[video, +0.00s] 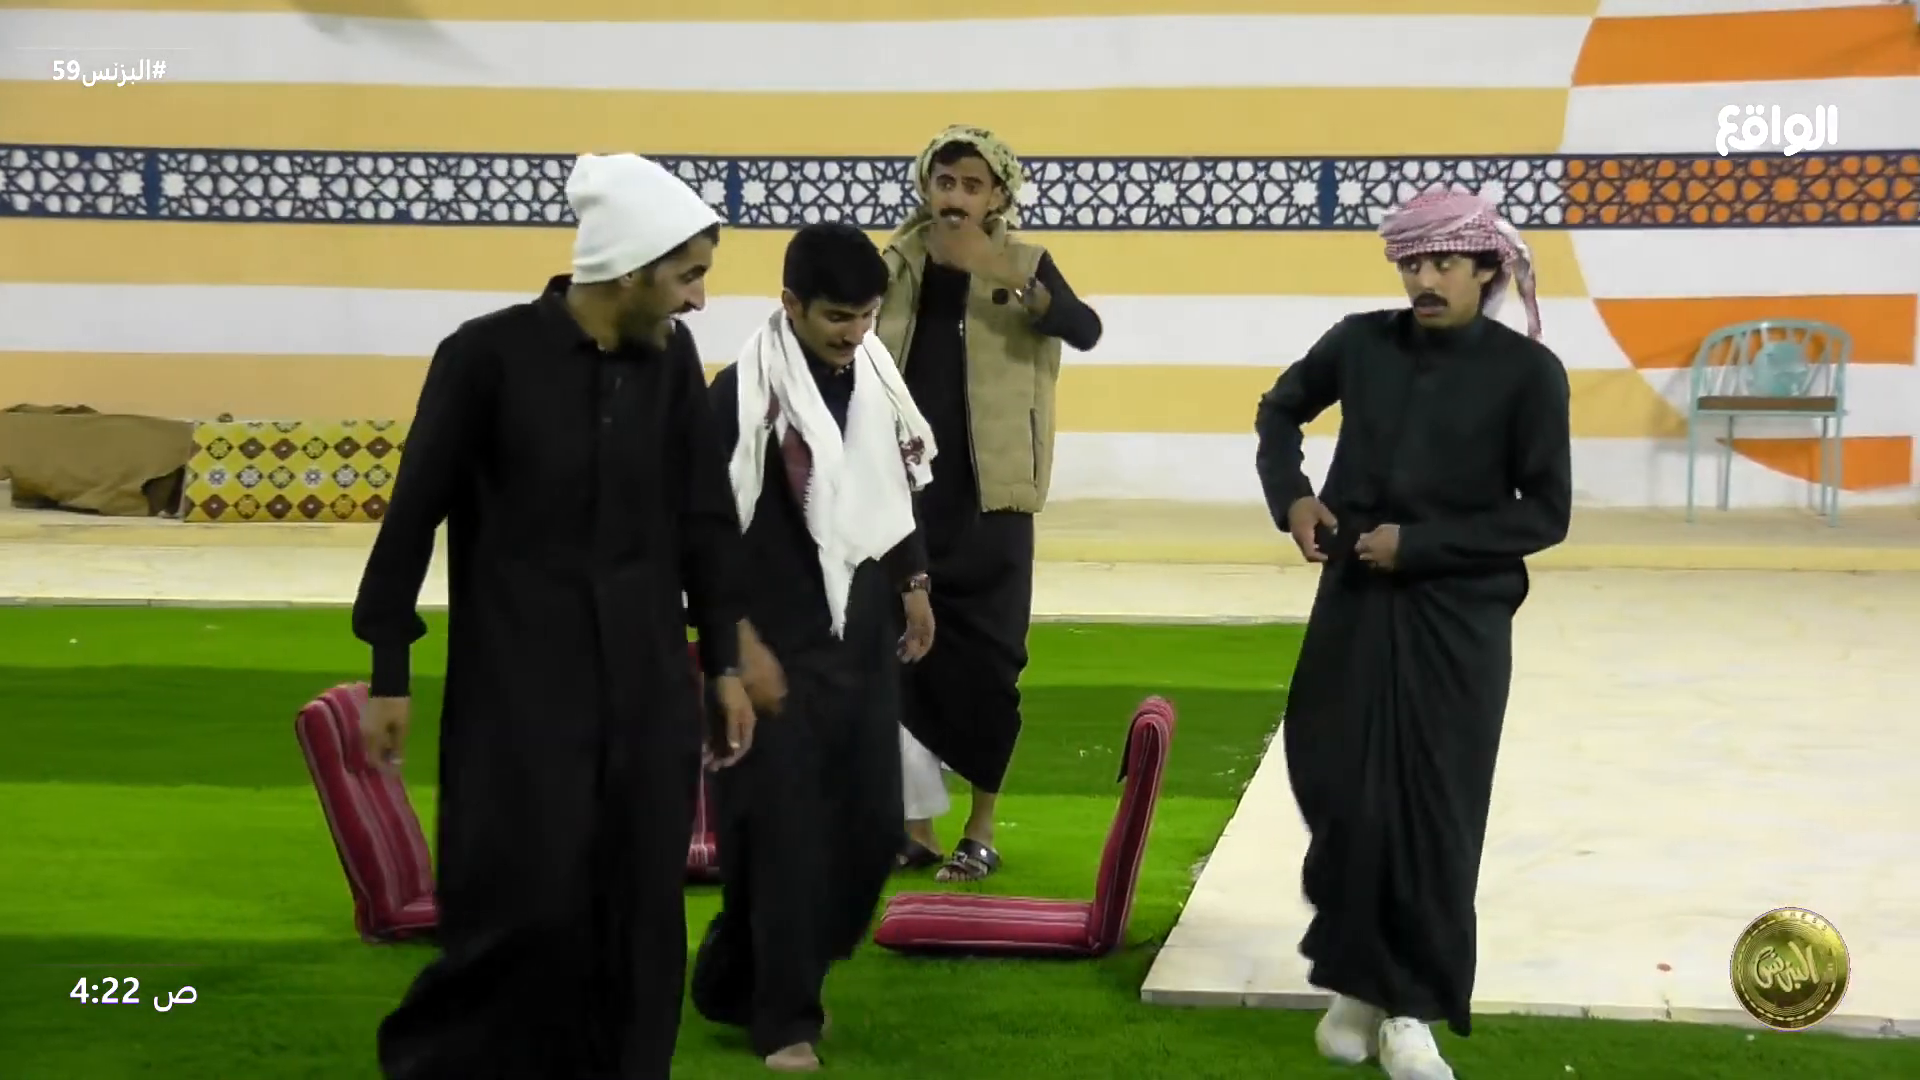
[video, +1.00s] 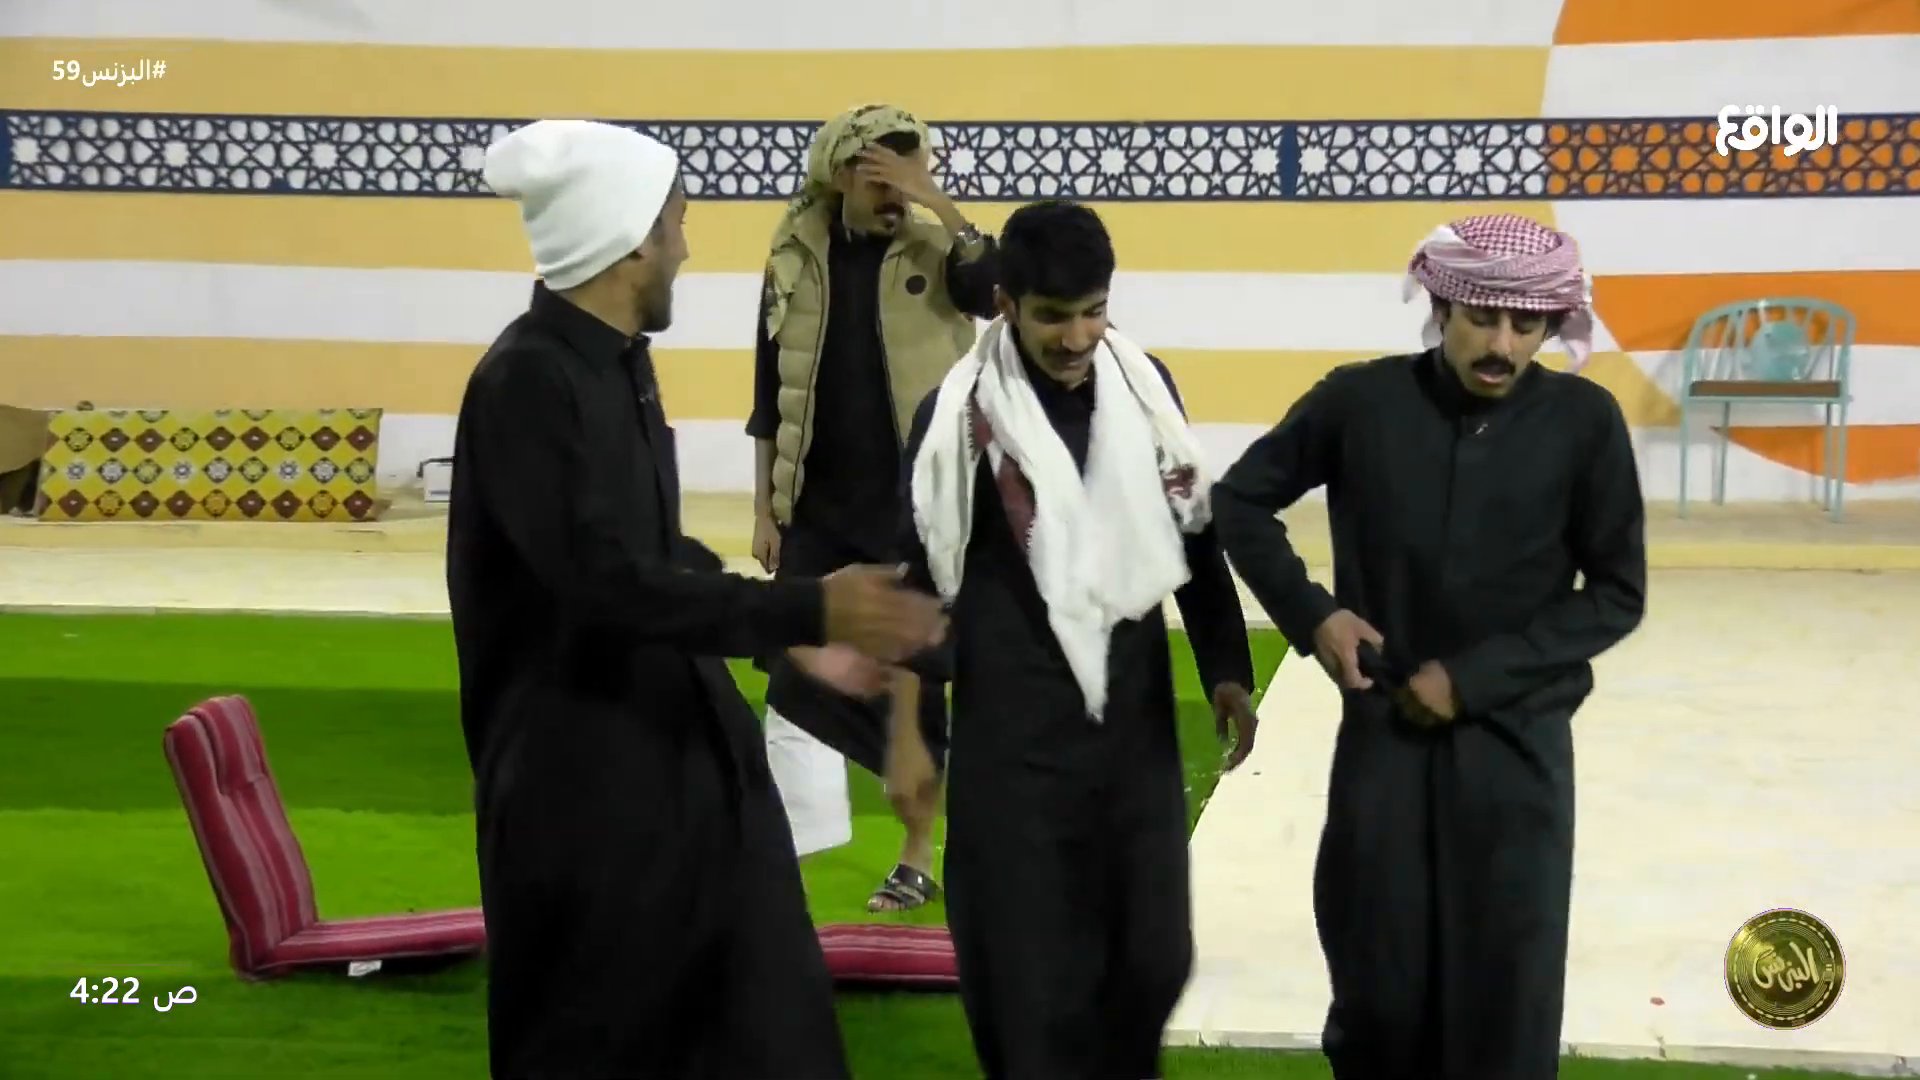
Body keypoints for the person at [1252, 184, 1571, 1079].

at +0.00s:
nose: (1430, 279)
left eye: (1450, 263)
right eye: (1418, 262)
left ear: (1488, 273)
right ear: (1400, 270)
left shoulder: (1530, 374)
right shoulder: (1358, 342)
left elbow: (1545, 515)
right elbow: (1279, 411)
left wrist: (1415, 542)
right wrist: (1293, 497)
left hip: (1460, 623)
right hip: (1355, 611)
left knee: (1440, 810)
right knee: (1346, 797)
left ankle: (1410, 1016)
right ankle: (1355, 985)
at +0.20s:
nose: (1391, 292)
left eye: (1409, 274)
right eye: (1378, 276)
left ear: (1455, 277)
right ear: (1366, 281)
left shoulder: (1509, 378)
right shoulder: (1331, 356)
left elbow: (1540, 522)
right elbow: (1238, 424)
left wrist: (1417, 567)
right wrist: (1282, 511)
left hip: (1449, 624)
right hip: (1346, 614)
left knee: (1425, 813)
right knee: (1333, 804)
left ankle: (1378, 1013)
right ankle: (1319, 1027)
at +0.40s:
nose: (1387, 311)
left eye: (1408, 293)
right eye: (1370, 293)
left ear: (1441, 300)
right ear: (1346, 298)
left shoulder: (1488, 387)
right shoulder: (1302, 381)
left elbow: (1520, 535)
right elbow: (1203, 457)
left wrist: (1394, 589)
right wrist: (1257, 545)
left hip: (1444, 659)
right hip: (1335, 656)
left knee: (1426, 861)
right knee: (1345, 863)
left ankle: (1384, 1037)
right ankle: (1365, 1062)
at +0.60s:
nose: (1421, 305)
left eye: (1441, 286)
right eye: (1402, 284)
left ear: (1463, 290)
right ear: (1365, 283)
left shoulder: (1500, 373)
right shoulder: (1302, 367)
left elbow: (1537, 526)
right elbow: (1197, 455)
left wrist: (1414, 605)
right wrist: (1255, 561)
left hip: (1452, 667)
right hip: (1335, 666)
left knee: (1459, 879)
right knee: (1340, 878)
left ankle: (1436, 1047)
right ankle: (1349, 1061)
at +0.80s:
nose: (1462, 325)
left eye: (1484, 306)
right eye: (1441, 300)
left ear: (1503, 307)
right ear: (1400, 294)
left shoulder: (1533, 393)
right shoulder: (1321, 383)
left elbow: (1561, 556)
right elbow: (1193, 466)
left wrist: (1423, 625)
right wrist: (1269, 588)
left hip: (1476, 716)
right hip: (1346, 714)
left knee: (1484, 946)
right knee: (1344, 943)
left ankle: (1493, 1072)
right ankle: (1352, 1072)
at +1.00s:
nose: (1502, 344)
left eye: (1525, 324)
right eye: (1484, 318)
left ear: (1549, 326)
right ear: (1443, 307)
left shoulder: (1583, 420)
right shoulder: (1357, 401)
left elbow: (1618, 596)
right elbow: (1236, 508)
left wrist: (1470, 676)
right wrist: (1315, 616)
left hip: (1515, 768)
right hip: (1383, 759)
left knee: (1506, 1017)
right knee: (1378, 1011)